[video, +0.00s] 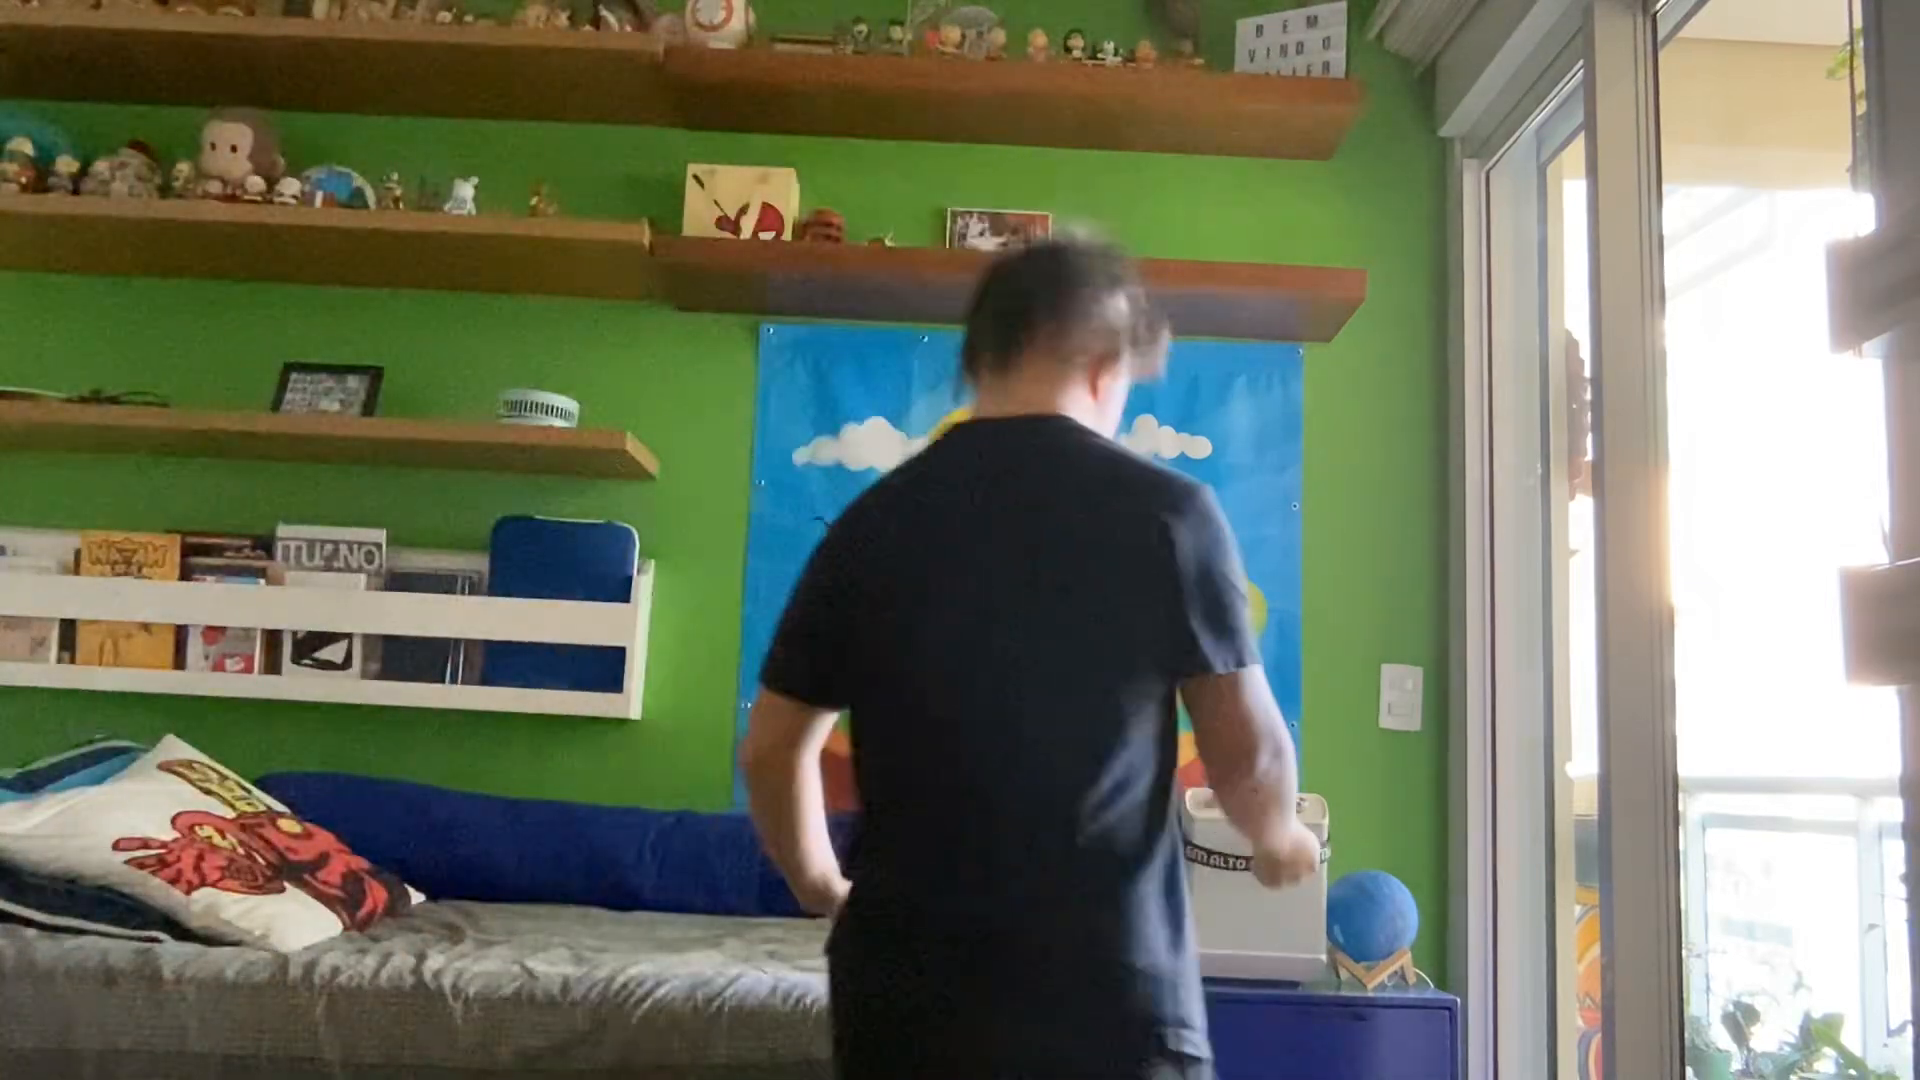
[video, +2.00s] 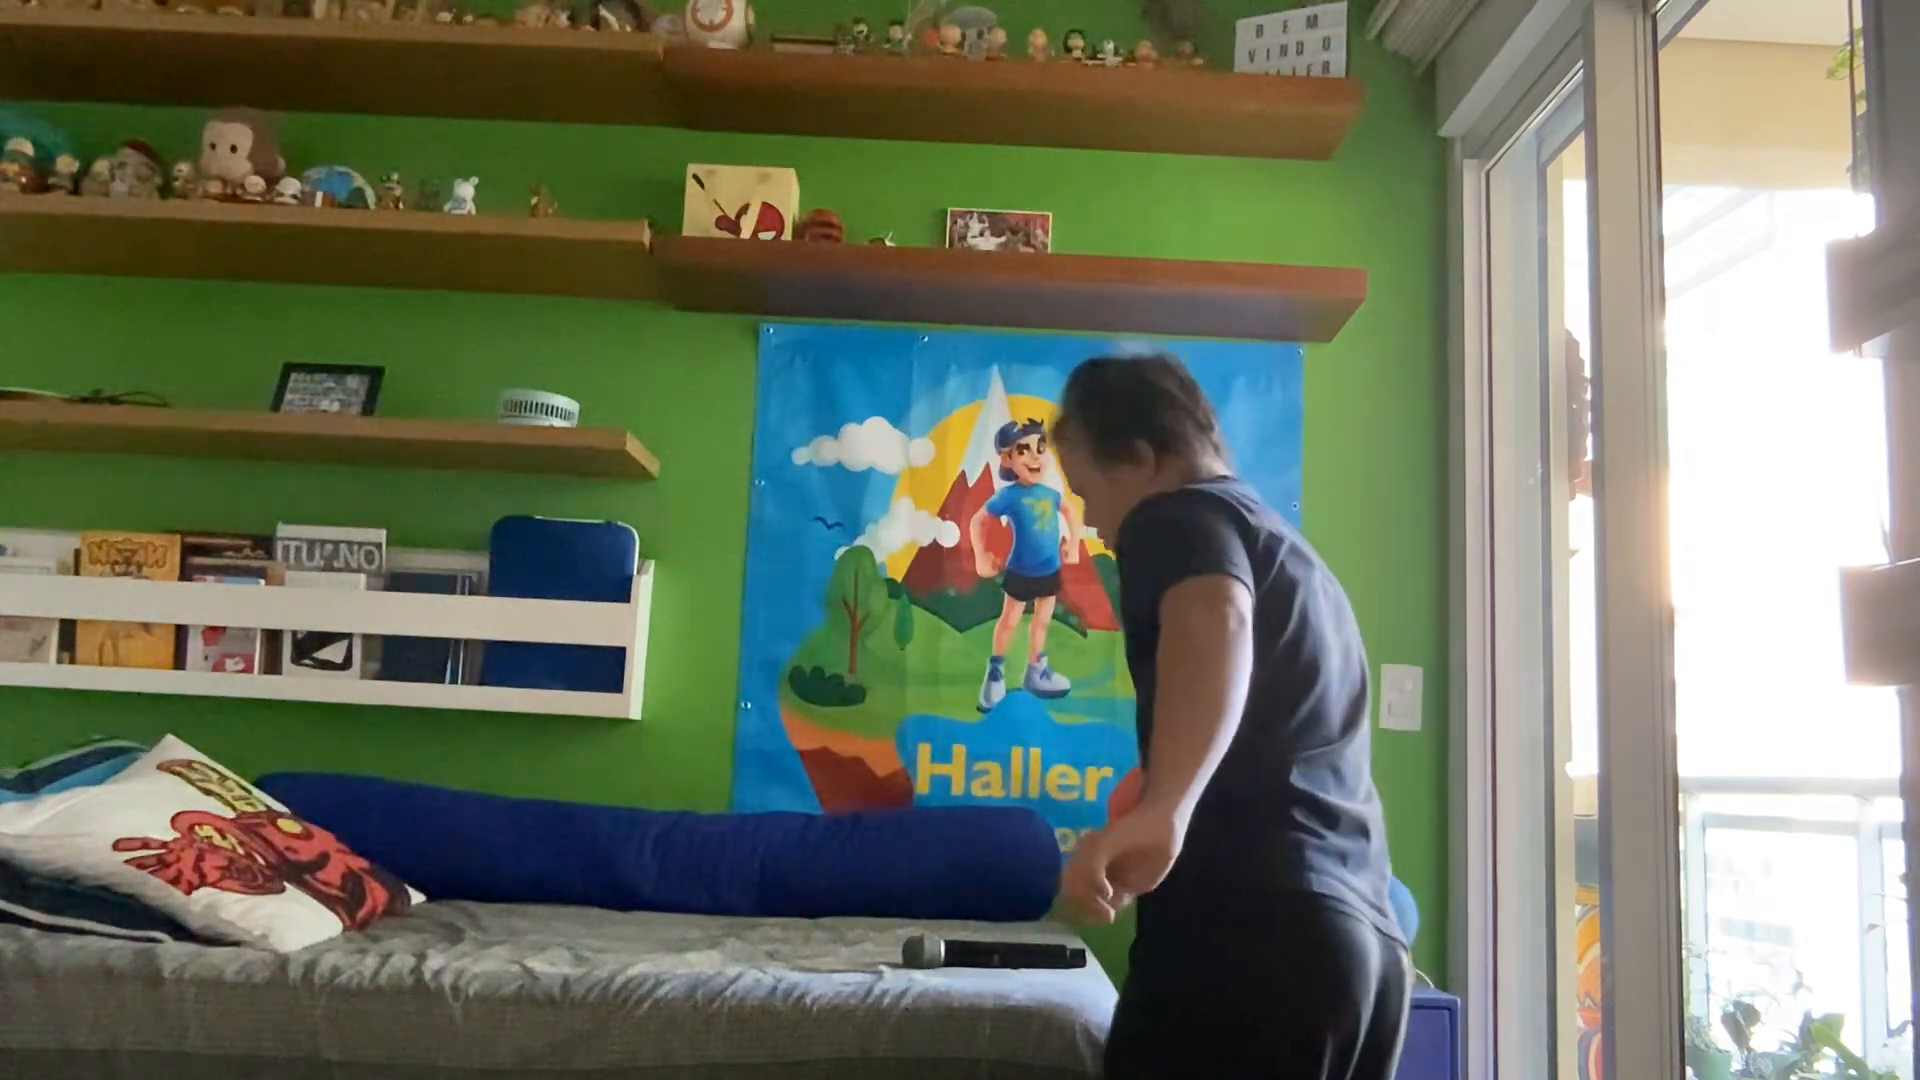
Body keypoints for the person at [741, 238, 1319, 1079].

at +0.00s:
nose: (1121, 416)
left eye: (1126, 394)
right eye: (1127, 391)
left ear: (977, 364)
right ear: (1102, 375)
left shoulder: (873, 520)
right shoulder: (1163, 513)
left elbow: (773, 750)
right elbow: (1247, 753)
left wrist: (820, 885)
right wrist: (1281, 843)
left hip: (903, 985)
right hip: (1100, 983)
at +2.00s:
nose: (1090, 520)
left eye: (1084, 491)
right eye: (1079, 497)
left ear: (1140, 458)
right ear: (1212, 451)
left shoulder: (1182, 512)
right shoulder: (1300, 560)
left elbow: (1213, 618)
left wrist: (1162, 811)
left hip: (1259, 920)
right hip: (1373, 940)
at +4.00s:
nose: (1107, 366)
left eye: (1134, 341)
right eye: (1071, 343)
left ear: (1173, 360)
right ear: (1024, 364)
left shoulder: (1206, 517)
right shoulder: (943, 509)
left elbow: (1241, 576)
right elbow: (861, 680)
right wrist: (974, 714)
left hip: (1113, 969)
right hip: (923, 957)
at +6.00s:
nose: (1226, 478)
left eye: (1238, 454)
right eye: (1236, 448)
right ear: (1194, 420)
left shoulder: (1128, 540)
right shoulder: (1036, 480)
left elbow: (1141, 678)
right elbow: (888, 647)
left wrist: (1239, 734)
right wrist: (857, 865)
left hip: (1108, 987)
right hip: (985, 984)